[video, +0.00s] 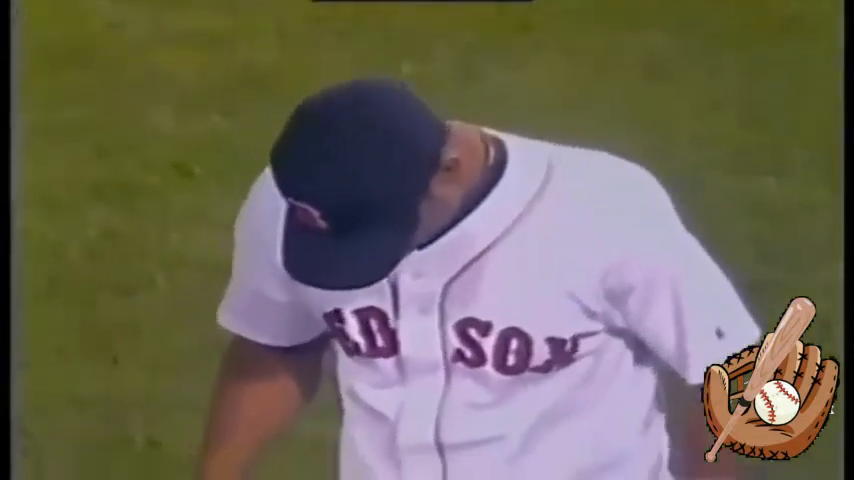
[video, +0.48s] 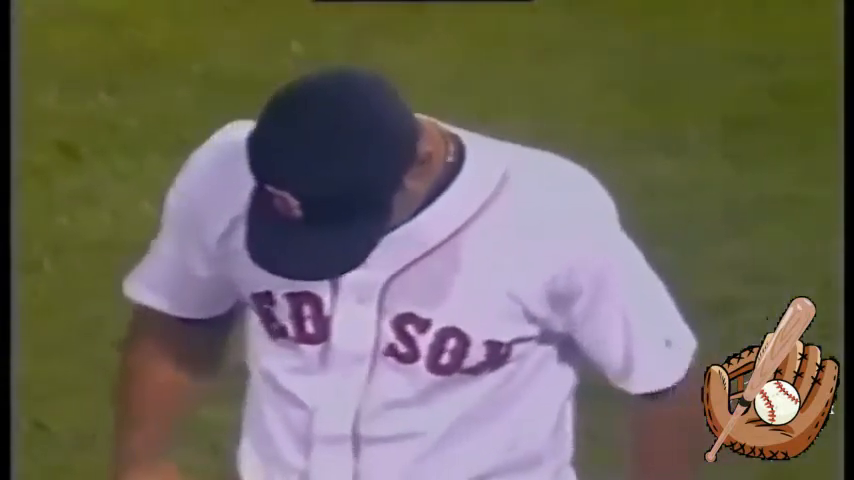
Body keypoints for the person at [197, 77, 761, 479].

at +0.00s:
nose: (355, 274)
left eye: (378, 245)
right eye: (335, 252)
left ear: (447, 172)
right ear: (303, 200)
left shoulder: (611, 208)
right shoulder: (292, 205)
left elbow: (740, 378)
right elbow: (273, 350)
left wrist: (705, 464)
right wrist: (218, 469)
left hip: (599, 470)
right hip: (386, 468)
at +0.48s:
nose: (314, 253)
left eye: (339, 233)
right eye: (295, 228)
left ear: (414, 173)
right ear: (263, 170)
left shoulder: (556, 213)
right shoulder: (233, 175)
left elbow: (669, 383)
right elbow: (173, 326)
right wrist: (143, 460)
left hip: (496, 471)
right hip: (280, 470)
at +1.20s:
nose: (277, 186)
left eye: (298, 167)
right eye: (254, 172)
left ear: (360, 106)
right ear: (217, 118)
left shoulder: (489, 176)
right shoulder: (167, 175)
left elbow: (626, 341)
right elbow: (127, 320)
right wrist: (127, 450)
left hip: (457, 469)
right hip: (245, 468)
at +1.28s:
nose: (278, 173)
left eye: (303, 148)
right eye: (255, 153)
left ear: (364, 88)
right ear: (220, 104)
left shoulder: (485, 175)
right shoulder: (162, 171)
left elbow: (595, 366)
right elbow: (120, 315)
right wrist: (140, 405)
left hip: (436, 470)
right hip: (237, 470)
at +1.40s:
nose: (279, 161)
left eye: (302, 138)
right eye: (254, 140)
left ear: (366, 78)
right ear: (219, 93)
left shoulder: (478, 184)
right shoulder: (158, 161)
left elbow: (521, 407)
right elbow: (95, 329)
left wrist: (318, 411)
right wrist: (180, 388)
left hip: (429, 469)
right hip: (227, 470)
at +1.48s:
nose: (279, 155)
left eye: (301, 132)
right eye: (257, 137)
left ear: (368, 77)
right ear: (223, 93)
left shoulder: (473, 195)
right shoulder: (159, 157)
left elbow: (473, 420)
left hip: (411, 471)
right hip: (223, 465)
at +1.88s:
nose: (337, 139)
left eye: (365, 119)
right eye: (315, 116)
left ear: (427, 71)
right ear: (282, 86)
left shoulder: (499, 213)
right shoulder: (245, 133)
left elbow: (401, 418)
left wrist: (225, 286)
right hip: (262, 468)